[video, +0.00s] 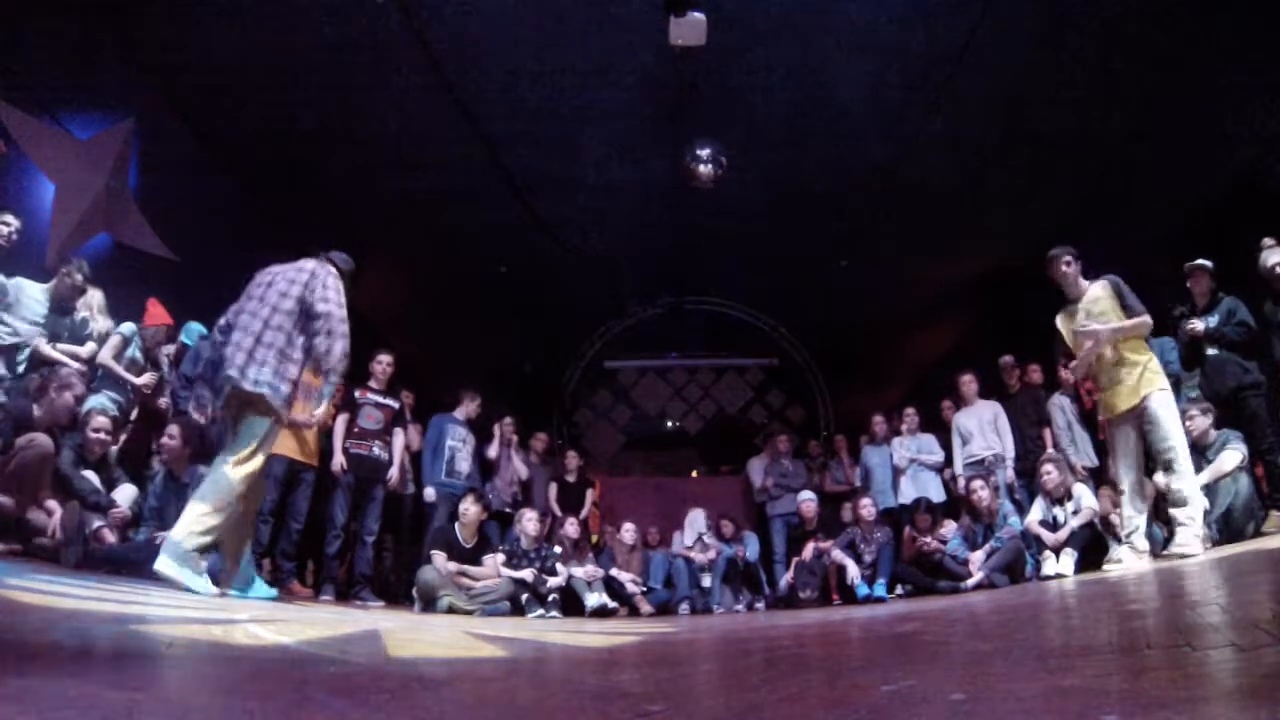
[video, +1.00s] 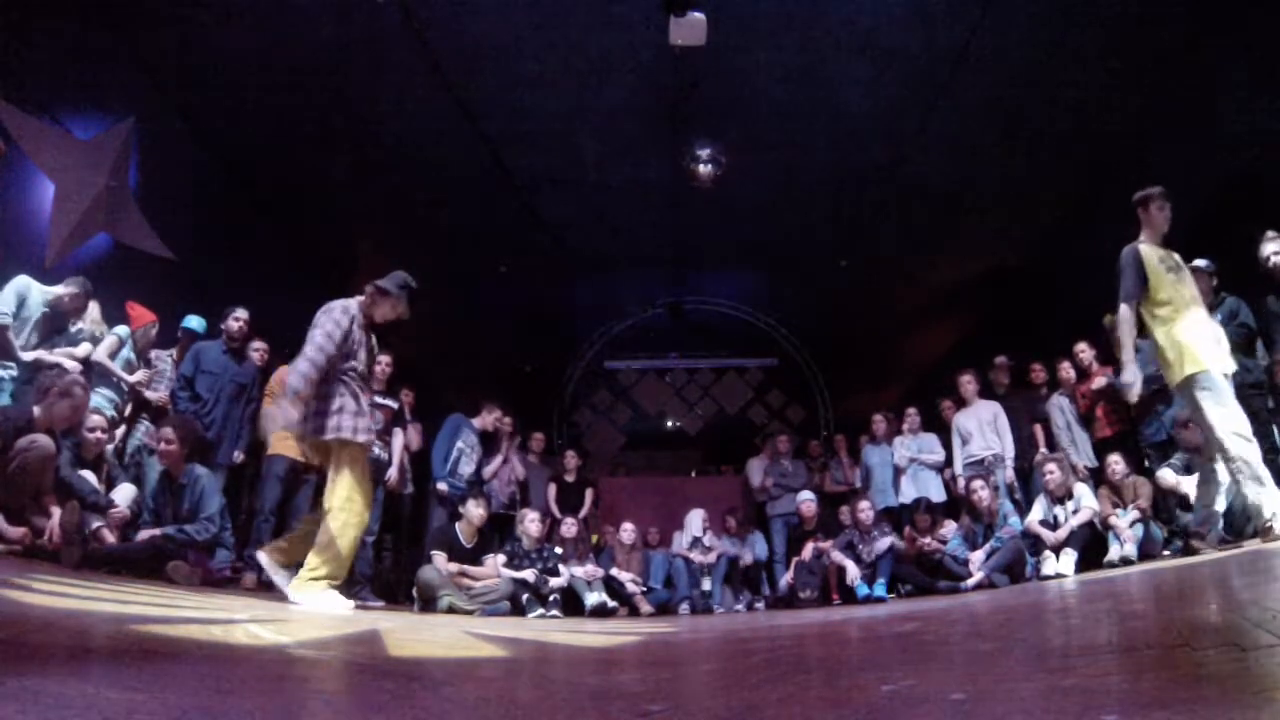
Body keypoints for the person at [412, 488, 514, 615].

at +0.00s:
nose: (465, 508)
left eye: (473, 505)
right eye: (464, 502)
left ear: (483, 515)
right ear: (458, 505)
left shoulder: (483, 538)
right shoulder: (442, 533)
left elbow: (493, 572)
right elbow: (440, 567)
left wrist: (460, 568)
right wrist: (474, 584)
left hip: (476, 590)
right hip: (446, 588)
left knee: (507, 585)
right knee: (427, 574)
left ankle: (454, 605)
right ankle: (477, 609)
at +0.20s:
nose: (465, 508)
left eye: (473, 505)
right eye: (464, 502)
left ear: (483, 515)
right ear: (459, 505)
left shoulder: (483, 538)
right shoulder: (442, 532)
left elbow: (493, 572)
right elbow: (441, 568)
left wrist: (461, 568)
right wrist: (474, 584)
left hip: (476, 591)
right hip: (447, 588)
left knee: (507, 584)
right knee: (426, 574)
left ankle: (453, 604)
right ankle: (477, 609)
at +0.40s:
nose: (465, 507)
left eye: (473, 504)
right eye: (464, 502)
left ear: (483, 515)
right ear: (458, 505)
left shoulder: (484, 537)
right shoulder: (442, 532)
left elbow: (493, 572)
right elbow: (441, 568)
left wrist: (461, 568)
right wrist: (474, 584)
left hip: (477, 590)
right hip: (447, 587)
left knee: (506, 585)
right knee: (427, 574)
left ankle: (455, 605)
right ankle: (477, 609)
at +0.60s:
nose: (466, 507)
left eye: (475, 504)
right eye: (465, 501)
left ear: (484, 515)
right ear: (459, 506)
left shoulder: (485, 537)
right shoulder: (442, 532)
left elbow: (493, 572)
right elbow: (441, 568)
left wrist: (462, 568)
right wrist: (474, 584)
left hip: (477, 590)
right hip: (447, 588)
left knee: (507, 585)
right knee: (427, 574)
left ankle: (455, 605)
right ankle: (477, 610)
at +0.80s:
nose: (467, 507)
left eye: (476, 504)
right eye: (466, 501)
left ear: (484, 515)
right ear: (460, 505)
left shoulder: (485, 537)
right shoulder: (443, 532)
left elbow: (493, 573)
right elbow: (441, 569)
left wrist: (462, 568)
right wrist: (474, 584)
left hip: (476, 591)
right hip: (446, 588)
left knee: (507, 585)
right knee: (427, 573)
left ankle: (453, 605)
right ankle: (475, 609)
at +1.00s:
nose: (482, 512)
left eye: (484, 508)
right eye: (476, 507)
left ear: (488, 512)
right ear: (461, 509)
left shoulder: (485, 538)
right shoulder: (442, 533)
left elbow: (493, 572)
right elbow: (442, 570)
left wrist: (462, 569)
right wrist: (474, 584)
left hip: (476, 590)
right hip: (447, 589)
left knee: (506, 585)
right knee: (426, 573)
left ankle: (453, 605)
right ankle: (477, 609)